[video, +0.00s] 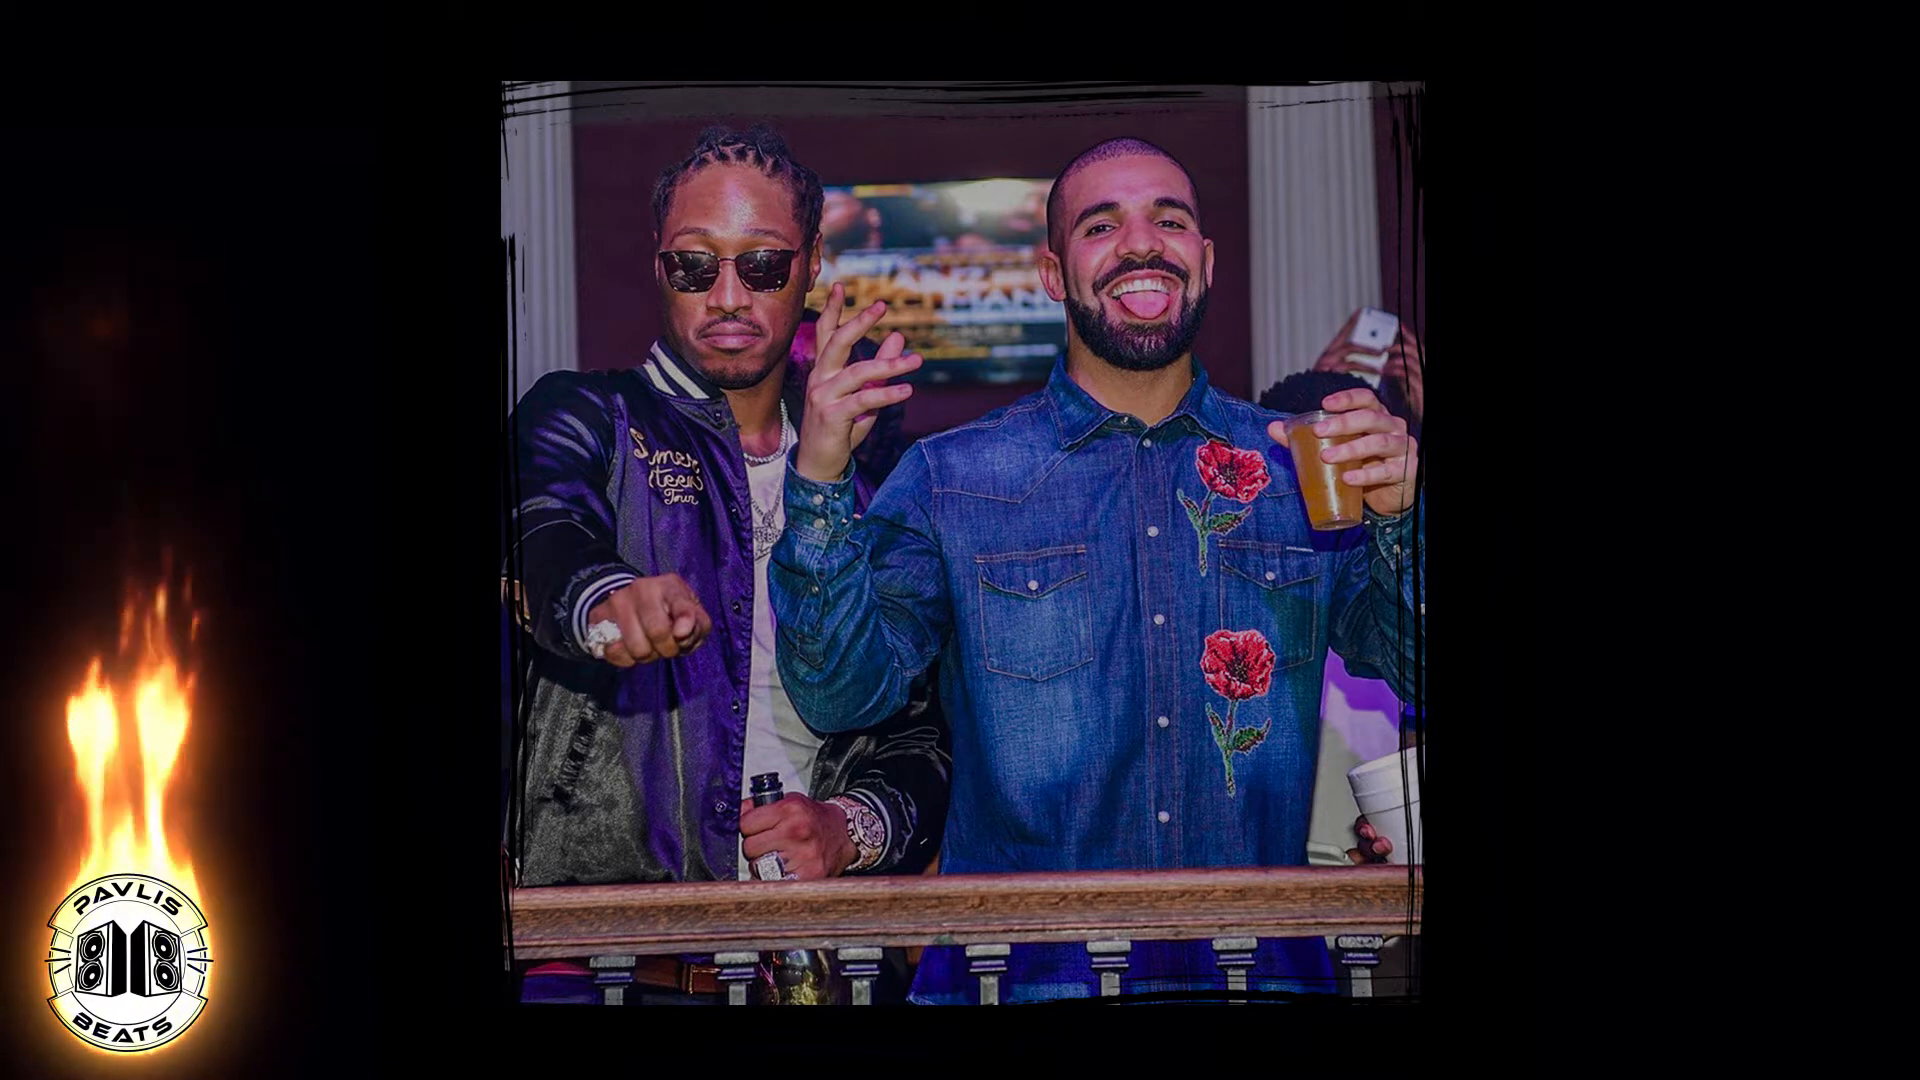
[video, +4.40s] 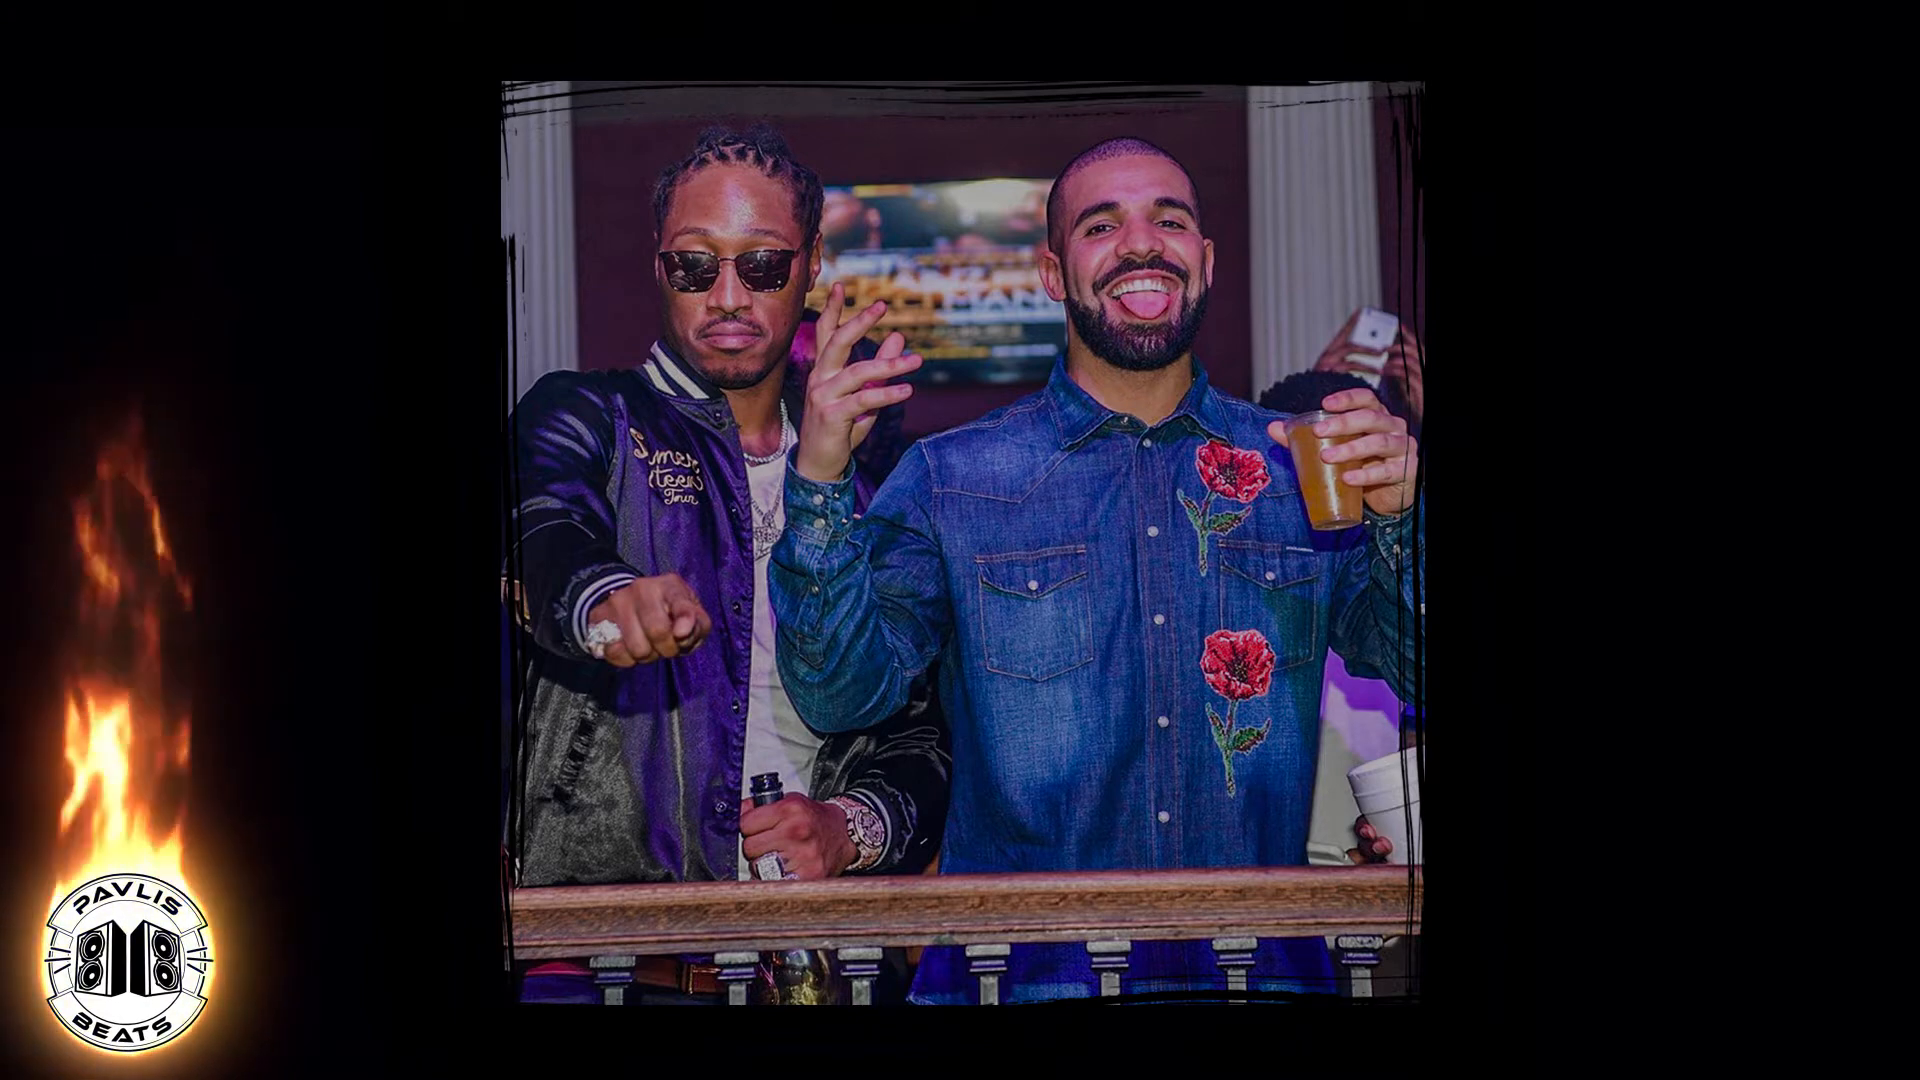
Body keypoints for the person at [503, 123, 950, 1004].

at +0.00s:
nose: (729, 296)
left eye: (763, 266)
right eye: (694, 266)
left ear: (811, 274)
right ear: (658, 272)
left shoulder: (878, 460)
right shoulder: (581, 412)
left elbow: (926, 726)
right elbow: (540, 525)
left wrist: (857, 826)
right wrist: (602, 595)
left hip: (827, 944)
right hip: (605, 943)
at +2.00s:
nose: (729, 296)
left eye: (764, 266)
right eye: (694, 266)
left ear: (811, 274)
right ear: (658, 272)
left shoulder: (878, 460)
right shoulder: (581, 412)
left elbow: (926, 725)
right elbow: (540, 525)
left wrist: (857, 826)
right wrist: (602, 595)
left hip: (827, 944)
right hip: (605, 943)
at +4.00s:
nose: (729, 296)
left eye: (763, 266)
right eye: (694, 266)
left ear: (811, 274)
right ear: (658, 272)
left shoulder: (878, 460)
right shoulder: (581, 411)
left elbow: (927, 725)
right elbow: (540, 525)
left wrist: (857, 826)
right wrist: (602, 595)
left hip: (828, 944)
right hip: (605, 943)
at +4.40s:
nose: (728, 295)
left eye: (763, 266)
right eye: (694, 266)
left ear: (811, 275)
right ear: (658, 274)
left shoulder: (878, 459)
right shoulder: (581, 411)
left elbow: (925, 722)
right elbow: (541, 525)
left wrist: (858, 826)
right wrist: (603, 595)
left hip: (828, 941)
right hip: (607, 941)